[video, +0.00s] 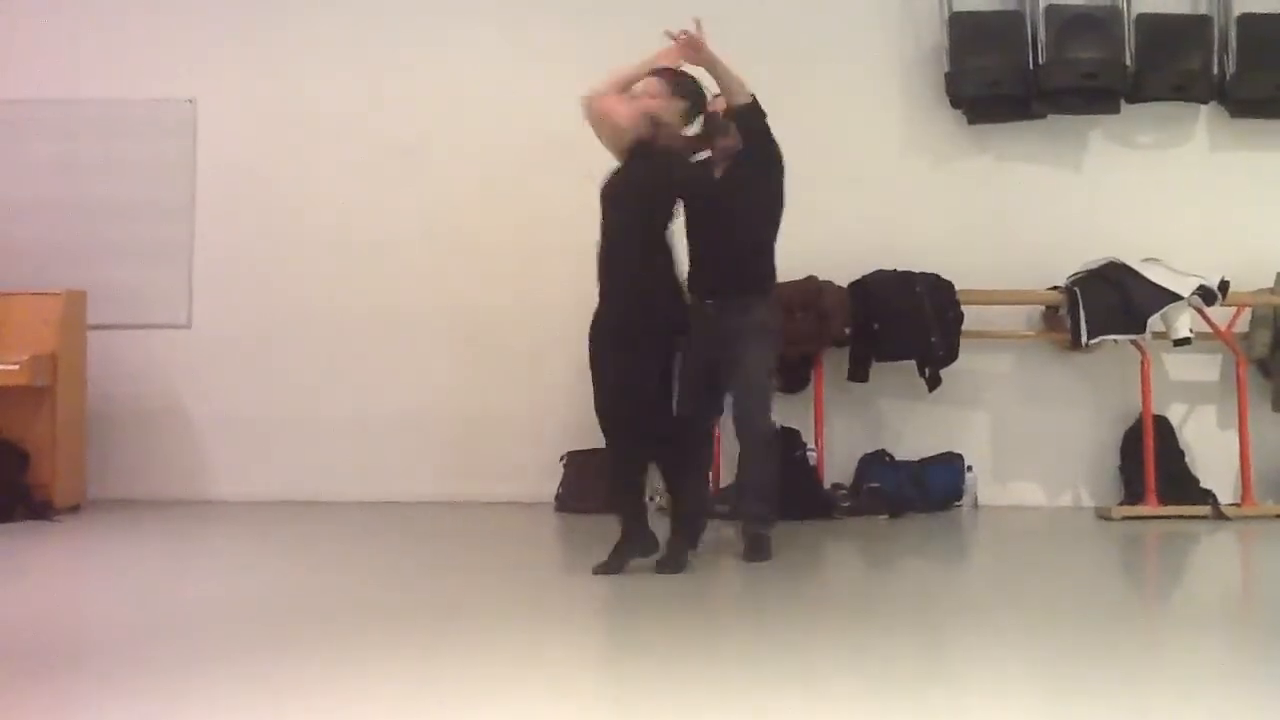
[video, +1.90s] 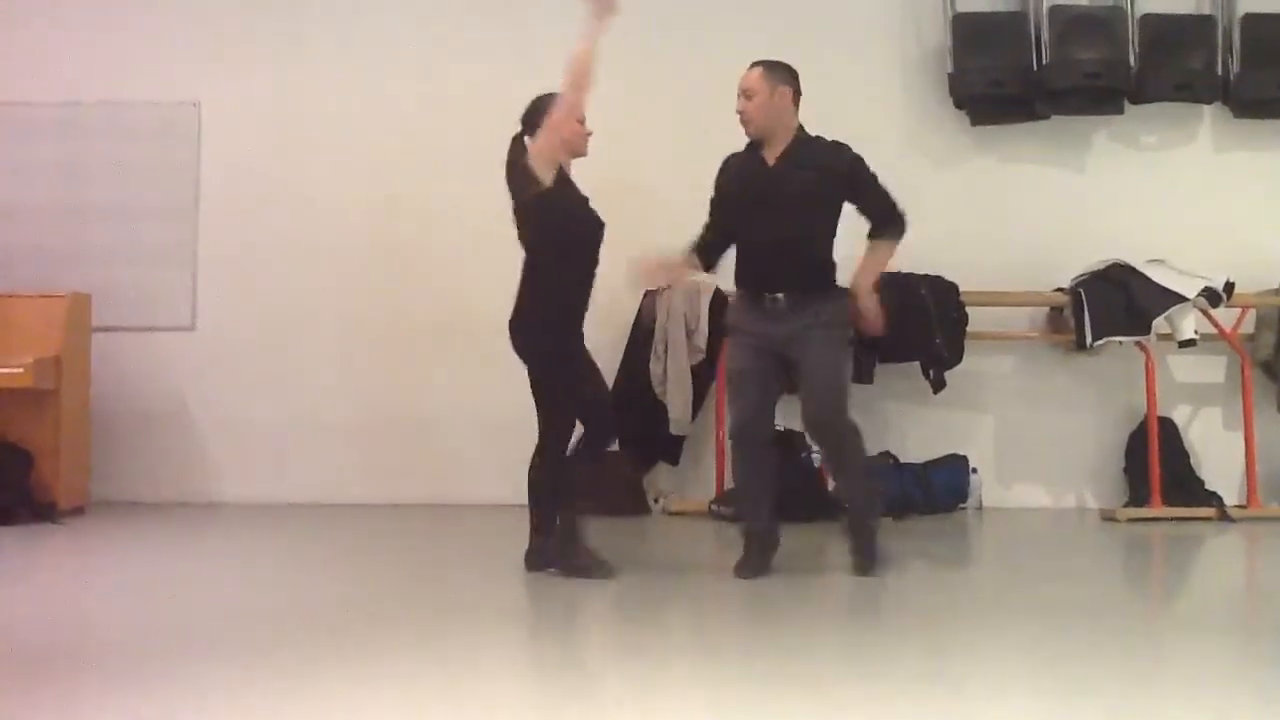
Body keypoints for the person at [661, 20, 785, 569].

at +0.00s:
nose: (715, 136)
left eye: (723, 127)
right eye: (710, 130)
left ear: (742, 128)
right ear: (705, 135)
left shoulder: (765, 164)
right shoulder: (694, 169)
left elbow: (746, 103)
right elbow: (650, 148)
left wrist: (709, 59)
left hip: (753, 310)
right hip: (703, 311)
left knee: (753, 422)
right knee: (692, 422)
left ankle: (757, 527)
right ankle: (686, 528)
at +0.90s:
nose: (714, 116)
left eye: (724, 106)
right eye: (712, 108)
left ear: (758, 109)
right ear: (718, 116)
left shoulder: (792, 157)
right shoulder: (716, 172)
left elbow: (802, 82)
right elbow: (661, 213)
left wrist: (749, 40)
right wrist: (649, 164)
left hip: (773, 315)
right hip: (717, 316)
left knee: (768, 425)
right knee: (720, 424)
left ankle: (760, 527)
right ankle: (729, 537)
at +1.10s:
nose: (711, 116)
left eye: (720, 105)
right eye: (709, 108)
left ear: (756, 105)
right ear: (722, 112)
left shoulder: (801, 157)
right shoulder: (711, 181)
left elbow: (854, 106)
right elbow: (687, 256)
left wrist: (802, 57)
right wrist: (632, 251)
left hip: (782, 317)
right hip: (720, 317)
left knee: (789, 416)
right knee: (718, 424)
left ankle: (783, 514)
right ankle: (731, 536)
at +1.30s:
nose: (725, 117)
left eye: (734, 105)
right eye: (723, 107)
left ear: (770, 104)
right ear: (731, 113)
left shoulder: (817, 155)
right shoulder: (724, 179)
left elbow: (886, 124)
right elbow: (694, 248)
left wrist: (826, 89)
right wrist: (664, 231)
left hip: (803, 316)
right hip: (738, 316)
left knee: (826, 422)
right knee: (728, 426)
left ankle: (862, 528)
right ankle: (734, 537)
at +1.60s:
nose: (739, 122)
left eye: (747, 110)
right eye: (737, 113)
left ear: (784, 109)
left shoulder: (834, 158)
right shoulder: (747, 186)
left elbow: (887, 141)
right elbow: (716, 259)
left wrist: (833, 136)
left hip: (839, 317)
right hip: (777, 320)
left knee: (858, 430)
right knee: (755, 422)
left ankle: (876, 545)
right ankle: (749, 543)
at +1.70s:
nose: (739, 118)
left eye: (748, 108)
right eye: (738, 109)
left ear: (785, 108)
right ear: (761, 111)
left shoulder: (831, 159)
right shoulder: (741, 184)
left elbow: (903, 180)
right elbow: (727, 258)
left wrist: (862, 200)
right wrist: (696, 319)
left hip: (832, 319)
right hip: (770, 324)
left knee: (852, 430)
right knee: (755, 428)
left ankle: (876, 539)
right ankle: (759, 539)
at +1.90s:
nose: (740, 107)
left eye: (749, 97)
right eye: (739, 98)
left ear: (787, 98)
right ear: (770, 101)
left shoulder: (833, 161)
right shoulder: (737, 168)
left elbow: (890, 220)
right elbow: (714, 240)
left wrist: (864, 284)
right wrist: (676, 270)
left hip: (817, 315)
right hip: (752, 316)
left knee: (826, 419)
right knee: (747, 426)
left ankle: (862, 518)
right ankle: (759, 536)